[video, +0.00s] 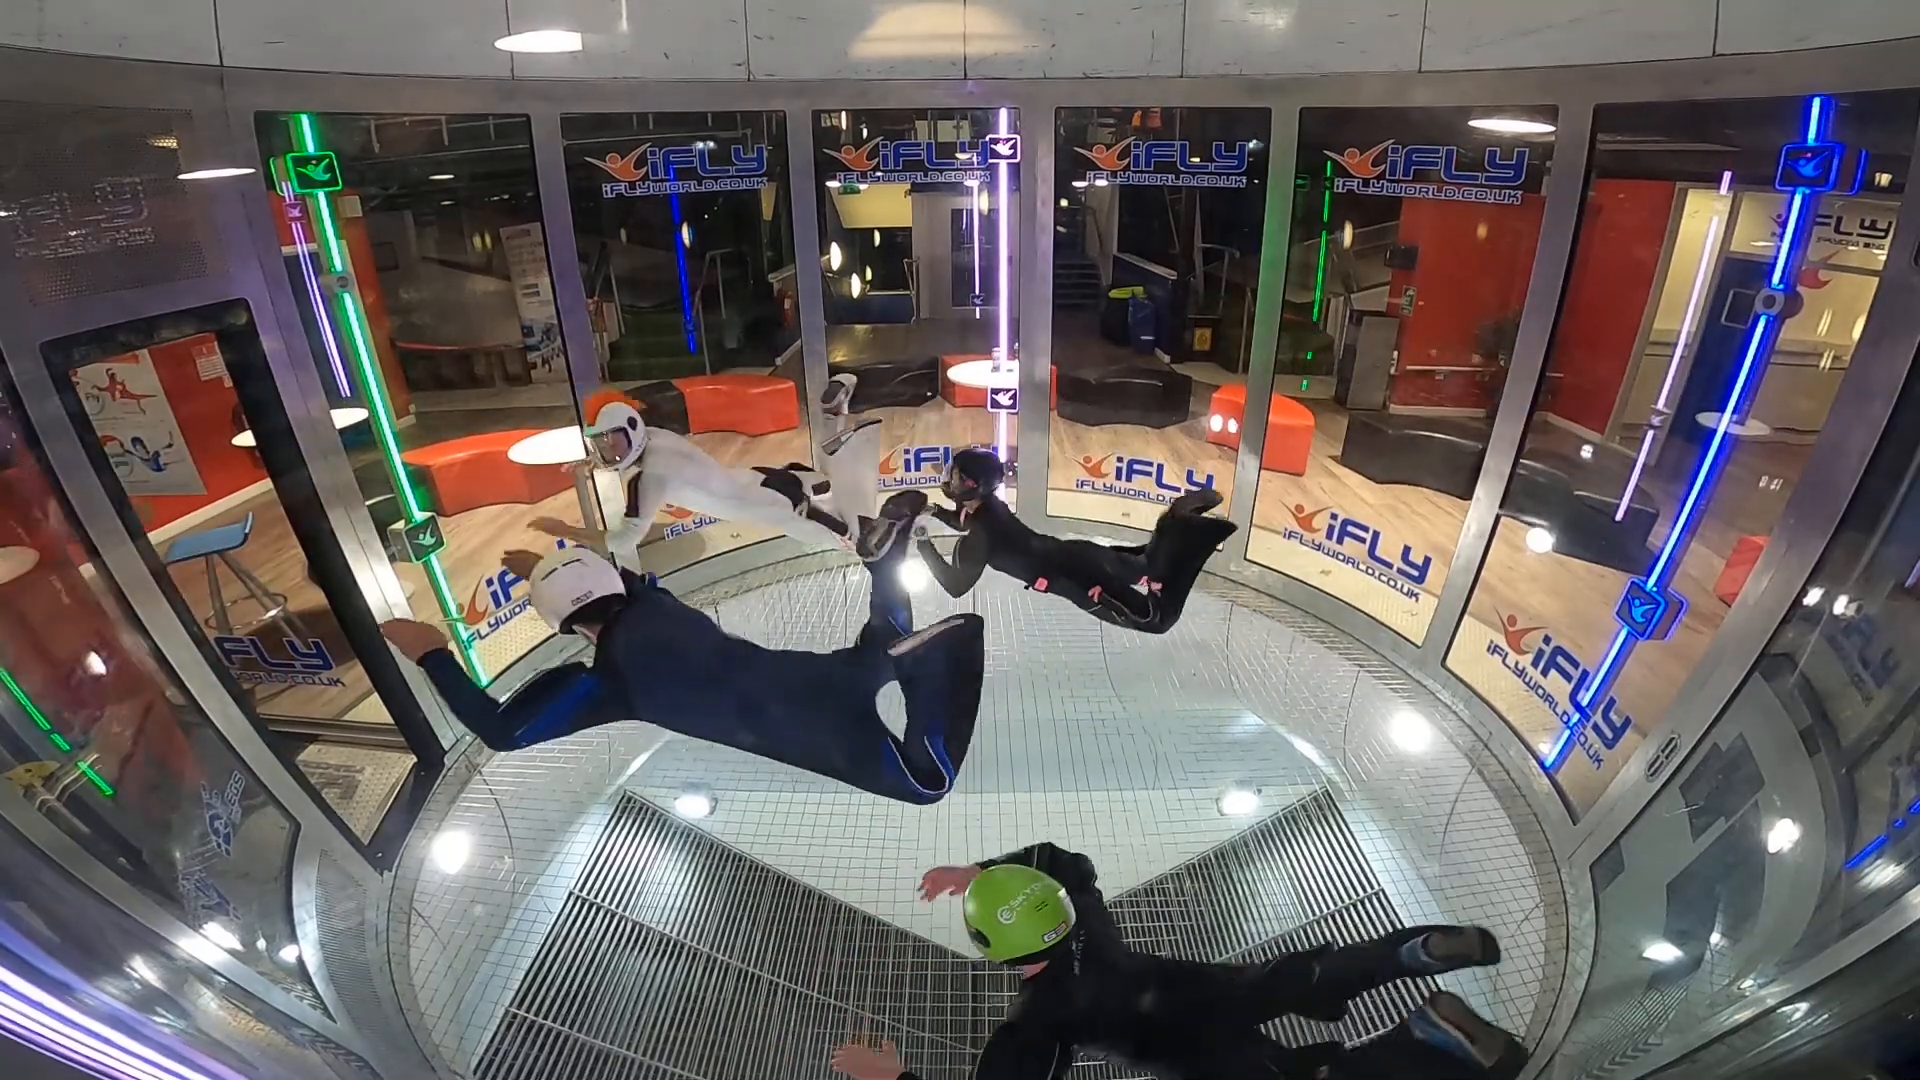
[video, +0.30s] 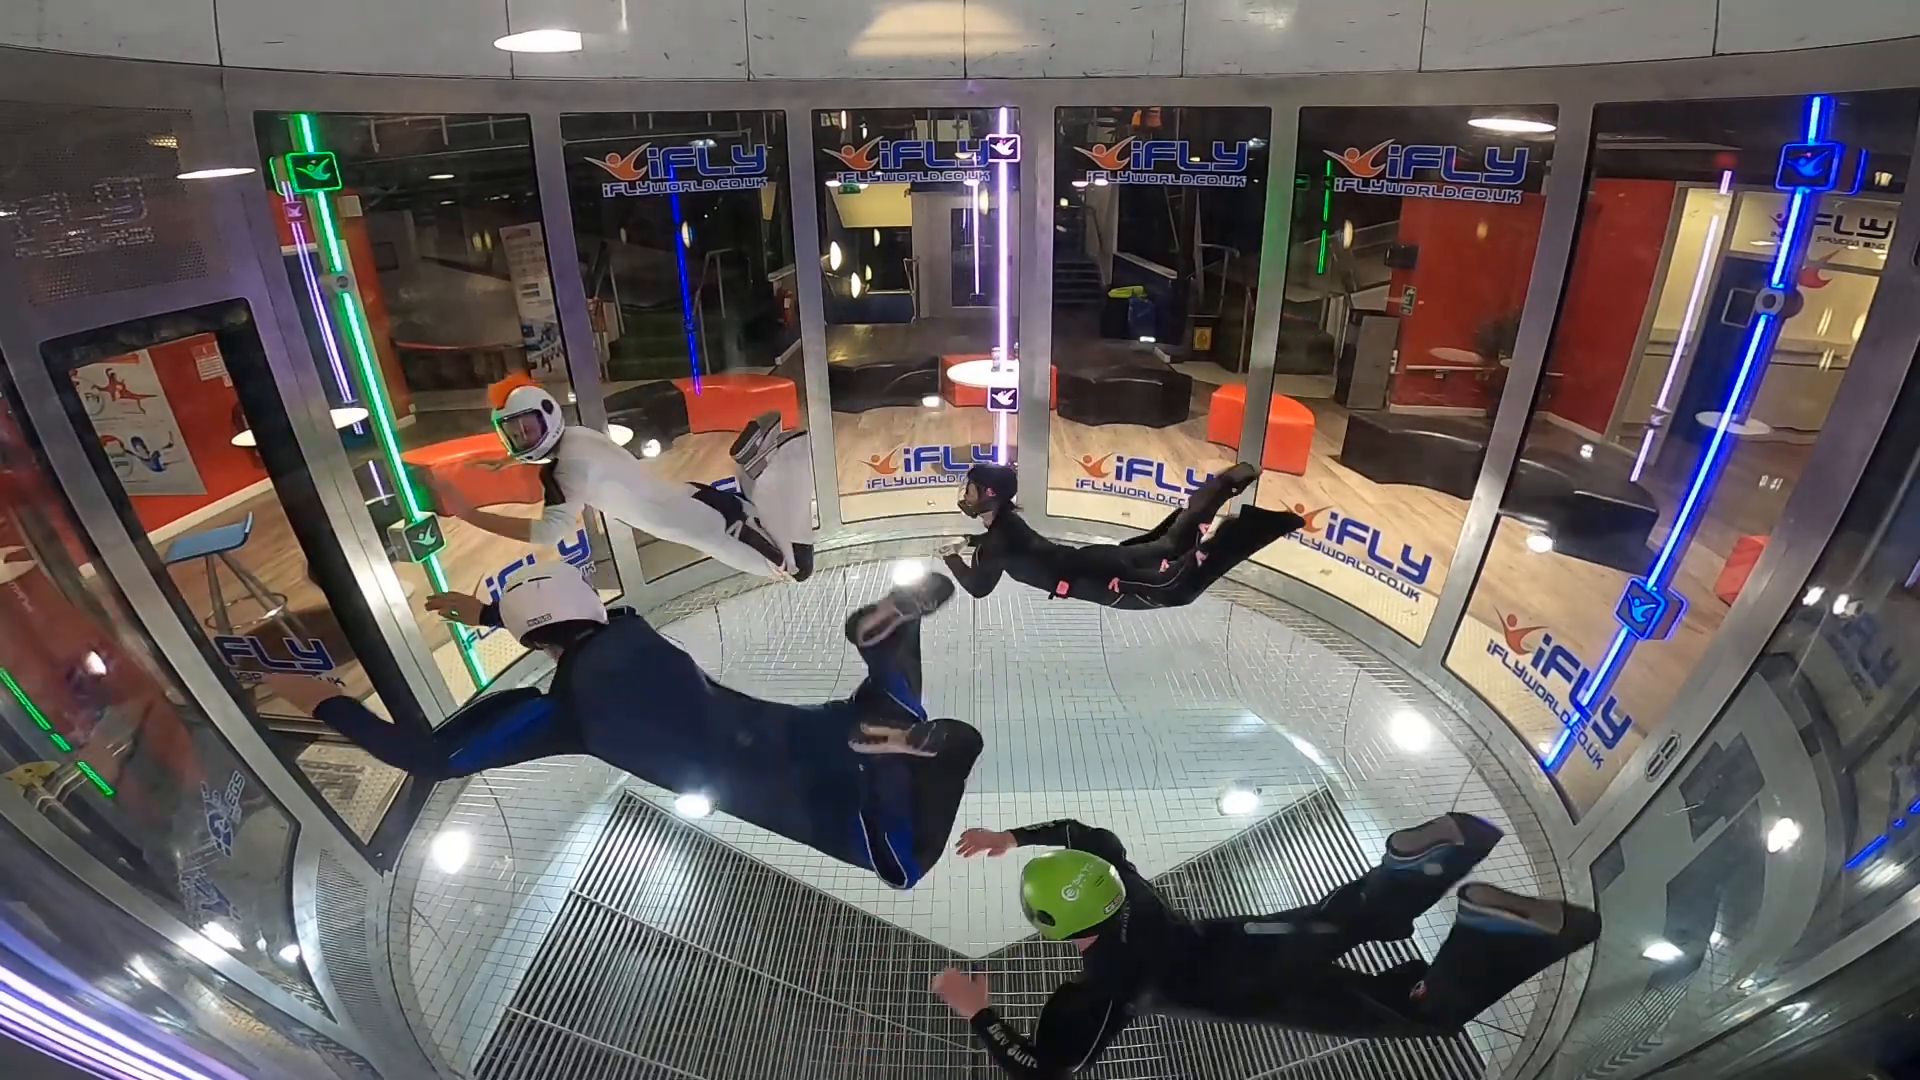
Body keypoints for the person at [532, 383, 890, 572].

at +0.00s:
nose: (608, 450)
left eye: (613, 440)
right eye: (603, 443)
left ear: (632, 432)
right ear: (614, 435)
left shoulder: (652, 471)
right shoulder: (654, 439)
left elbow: (627, 537)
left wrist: (568, 533)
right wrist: (608, 464)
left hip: (772, 502)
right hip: (766, 480)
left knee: (865, 538)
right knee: (820, 478)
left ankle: (927, 515)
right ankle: (835, 417)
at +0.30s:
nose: (524, 436)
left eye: (531, 424)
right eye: (514, 430)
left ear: (550, 417)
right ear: (507, 435)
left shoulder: (565, 469)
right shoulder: (576, 439)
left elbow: (547, 534)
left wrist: (466, 514)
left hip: (704, 522)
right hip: (698, 503)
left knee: (793, 564)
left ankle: (779, 462)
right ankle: (754, 465)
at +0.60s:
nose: (480, 457)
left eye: (488, 444)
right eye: (470, 449)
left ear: (515, 436)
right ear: (469, 451)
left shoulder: (536, 485)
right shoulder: (536, 464)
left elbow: (499, 561)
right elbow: (611, 497)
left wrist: (400, 551)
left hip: (677, 560)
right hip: (664, 541)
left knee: (778, 614)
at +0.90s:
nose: (522, 514)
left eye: (529, 500)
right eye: (515, 506)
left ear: (558, 489)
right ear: (529, 501)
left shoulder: (574, 543)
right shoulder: (588, 508)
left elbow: (522, 614)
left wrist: (429, 599)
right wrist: (522, 534)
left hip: (735, 610)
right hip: (733, 592)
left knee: (843, 669)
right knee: (833, 658)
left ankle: (824, 558)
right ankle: (823, 559)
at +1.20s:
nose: (650, 578)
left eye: (656, 564)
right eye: (642, 570)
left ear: (681, 550)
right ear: (661, 556)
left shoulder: (706, 602)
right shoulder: (707, 557)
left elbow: (648, 680)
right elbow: (657, 565)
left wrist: (553, 688)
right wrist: (617, 584)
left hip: (855, 644)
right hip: (850, 617)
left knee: (978, 693)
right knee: (930, 634)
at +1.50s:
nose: (820, 618)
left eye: (826, 609)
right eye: (817, 608)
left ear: (848, 607)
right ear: (858, 581)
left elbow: (827, 708)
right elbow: (840, 605)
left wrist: (772, 683)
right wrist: (803, 629)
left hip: (1033, 667)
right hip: (1026, 639)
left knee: (1161, 699)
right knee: (1138, 665)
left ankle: (1159, 587)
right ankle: (1154, 579)